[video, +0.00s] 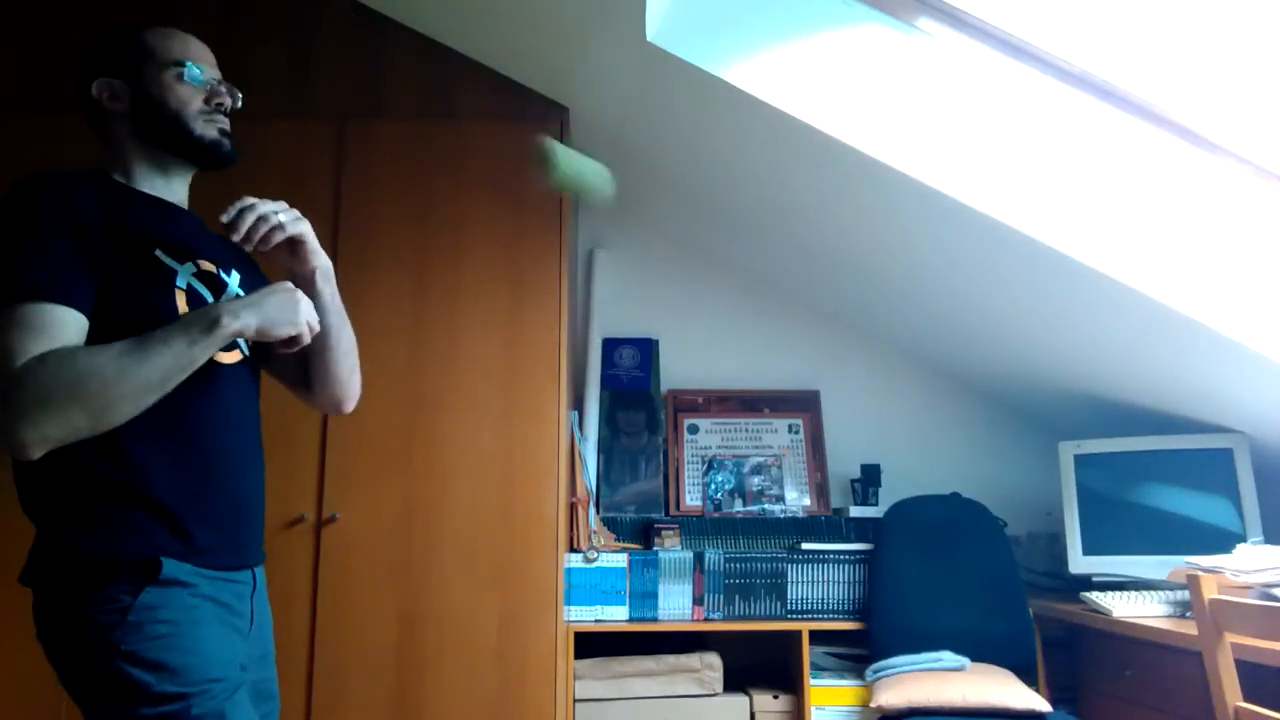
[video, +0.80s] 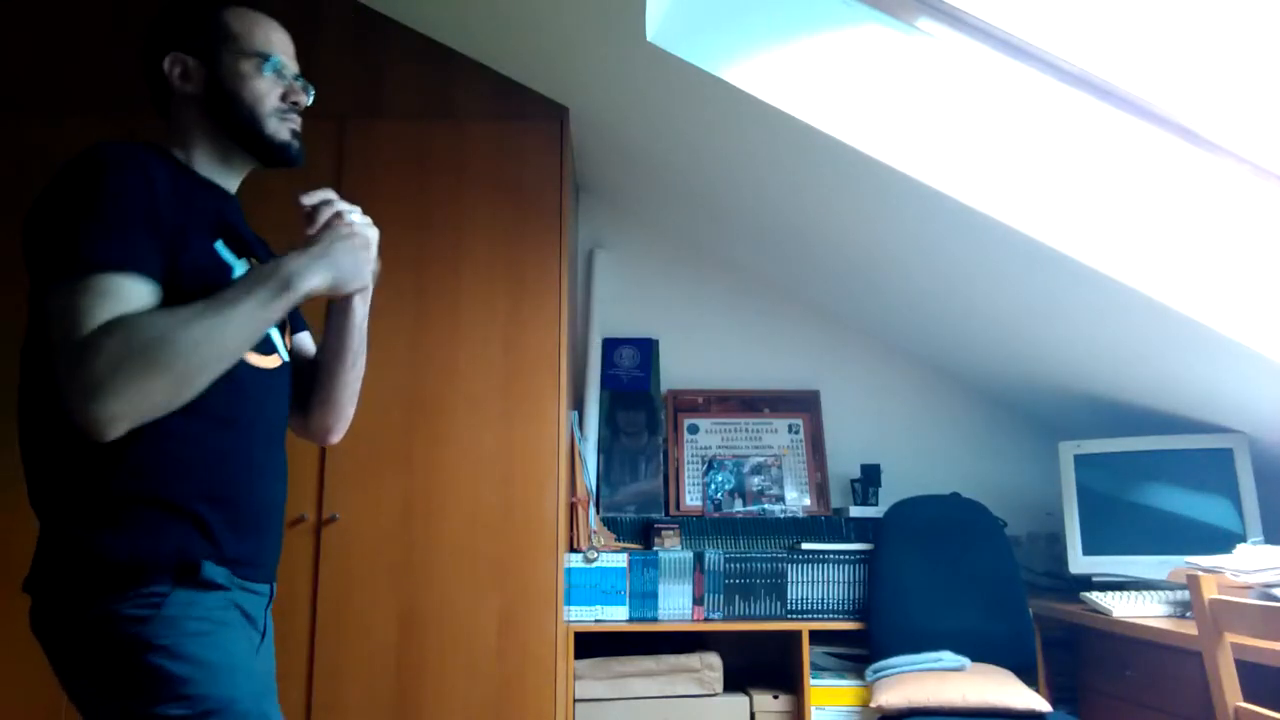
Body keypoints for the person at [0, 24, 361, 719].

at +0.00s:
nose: (223, 92)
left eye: (222, 83)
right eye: (188, 72)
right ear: (114, 96)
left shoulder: (220, 248)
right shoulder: (63, 210)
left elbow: (336, 392)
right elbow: (30, 415)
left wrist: (314, 267)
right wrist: (229, 318)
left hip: (240, 585)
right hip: (144, 589)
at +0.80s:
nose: (299, 91)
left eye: (297, 77)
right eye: (267, 66)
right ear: (186, 75)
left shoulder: (243, 239)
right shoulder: (116, 183)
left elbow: (322, 422)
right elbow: (101, 394)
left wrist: (354, 289)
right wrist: (301, 271)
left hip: (233, 595)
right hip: (153, 597)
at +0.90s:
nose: (315, 77)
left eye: (313, 61)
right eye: (285, 51)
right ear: (201, 54)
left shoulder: (224, 201)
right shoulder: (149, 160)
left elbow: (316, 408)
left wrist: (354, 260)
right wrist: (370, 243)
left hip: (213, 587)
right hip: (164, 589)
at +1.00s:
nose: (330, 60)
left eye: (328, 42)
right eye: (302, 30)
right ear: (219, 27)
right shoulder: (194, 115)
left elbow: (303, 396)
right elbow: (335, 282)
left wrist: (355, 249)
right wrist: (500, 202)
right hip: (176, 575)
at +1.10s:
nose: (346, 46)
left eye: (344, 23)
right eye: (323, 17)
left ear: (238, 25)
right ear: (242, 10)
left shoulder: (170, 115)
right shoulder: (254, 89)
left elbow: (284, 370)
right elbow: (495, 226)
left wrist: (353, 235)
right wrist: (670, 191)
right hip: (175, 574)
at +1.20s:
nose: (350, 45)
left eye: (351, 25)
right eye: (335, 16)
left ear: (243, 23)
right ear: (254, 5)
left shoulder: (157, 105)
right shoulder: (257, 79)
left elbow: (279, 350)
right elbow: (507, 230)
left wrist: (343, 232)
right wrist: (675, 226)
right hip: (173, 583)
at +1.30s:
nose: (342, 46)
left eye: (339, 22)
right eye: (325, 13)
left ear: (226, 18)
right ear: (240, 10)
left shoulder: (128, 106)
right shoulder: (243, 80)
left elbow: (251, 346)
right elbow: (398, 288)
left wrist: (346, 225)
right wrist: (561, 262)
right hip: (186, 583)